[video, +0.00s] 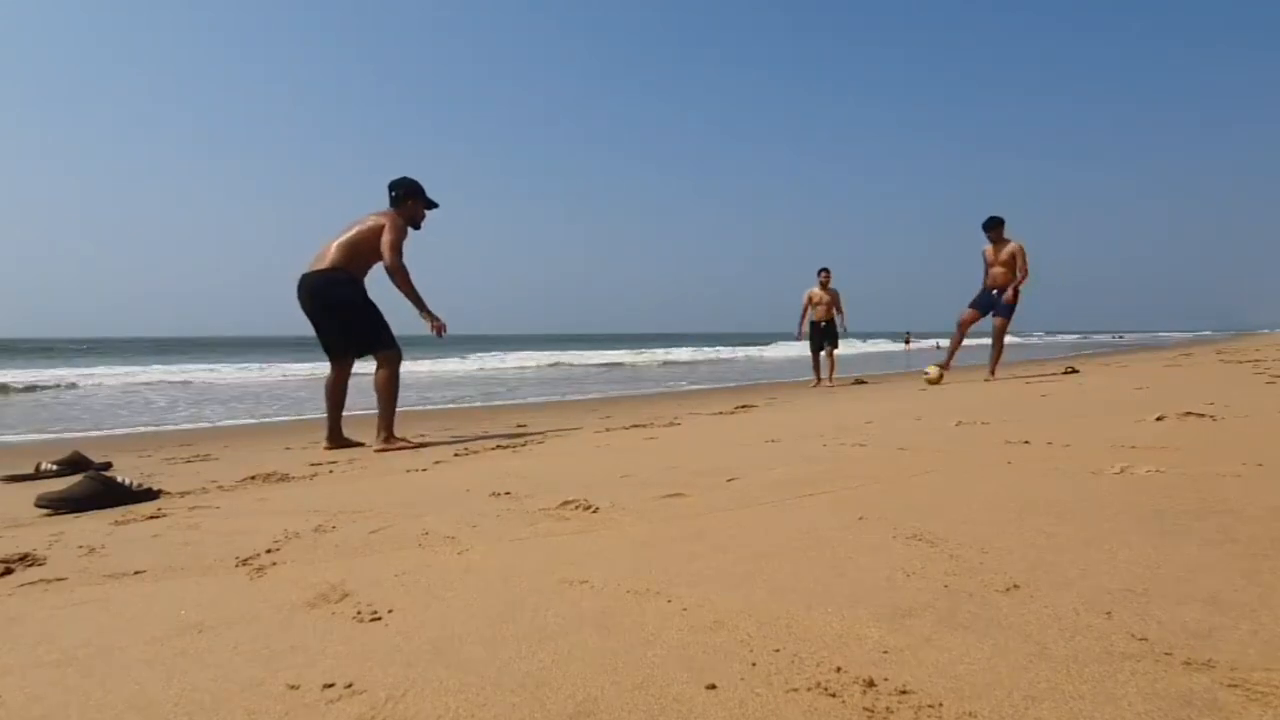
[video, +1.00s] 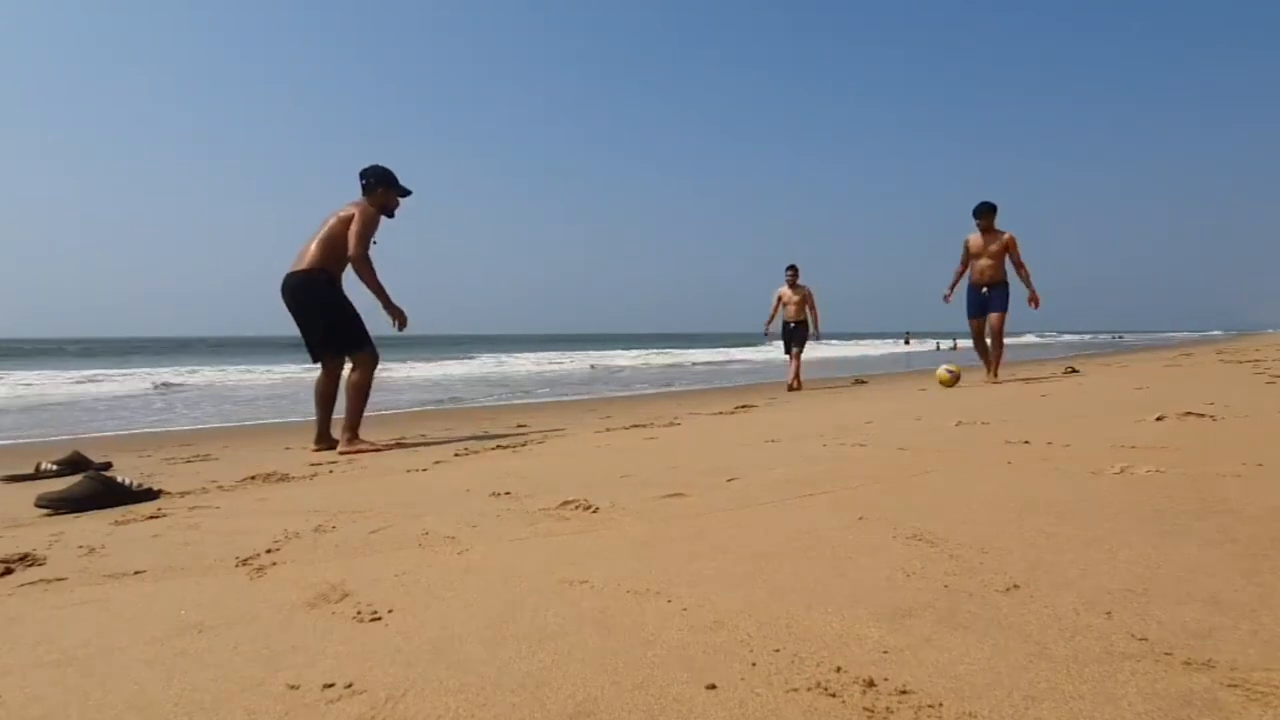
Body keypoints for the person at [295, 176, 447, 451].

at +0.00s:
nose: (424, 214)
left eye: (425, 208)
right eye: (422, 207)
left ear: (400, 203)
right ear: (407, 203)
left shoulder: (373, 221)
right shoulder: (393, 222)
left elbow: (348, 264)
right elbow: (393, 265)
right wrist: (426, 312)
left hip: (311, 284)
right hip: (339, 284)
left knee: (341, 362)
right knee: (389, 357)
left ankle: (334, 435)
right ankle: (385, 435)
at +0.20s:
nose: (417, 212)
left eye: (418, 206)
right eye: (414, 205)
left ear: (391, 201)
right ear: (399, 200)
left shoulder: (366, 220)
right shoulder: (386, 218)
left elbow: (357, 282)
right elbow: (381, 259)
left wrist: (389, 315)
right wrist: (412, 304)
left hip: (305, 284)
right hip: (331, 283)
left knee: (338, 362)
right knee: (377, 356)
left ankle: (324, 436)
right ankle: (384, 435)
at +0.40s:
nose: (403, 213)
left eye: (404, 207)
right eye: (400, 205)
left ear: (379, 202)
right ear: (384, 201)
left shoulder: (354, 222)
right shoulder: (371, 220)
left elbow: (347, 279)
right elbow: (360, 261)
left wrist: (379, 311)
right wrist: (389, 305)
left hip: (297, 286)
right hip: (317, 285)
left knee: (337, 363)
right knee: (360, 358)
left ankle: (324, 436)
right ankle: (381, 435)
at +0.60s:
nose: (397, 210)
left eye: (398, 204)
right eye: (394, 203)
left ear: (372, 200)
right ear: (378, 199)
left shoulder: (349, 218)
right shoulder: (366, 218)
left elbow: (336, 275)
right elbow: (352, 262)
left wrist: (354, 314)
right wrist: (381, 309)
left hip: (292, 283)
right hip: (313, 282)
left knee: (331, 360)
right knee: (355, 354)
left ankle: (322, 435)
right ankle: (362, 435)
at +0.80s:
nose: (394, 208)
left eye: (395, 202)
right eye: (391, 201)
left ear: (370, 197)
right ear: (376, 196)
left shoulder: (347, 215)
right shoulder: (363, 215)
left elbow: (325, 264)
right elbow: (352, 258)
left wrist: (331, 302)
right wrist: (385, 303)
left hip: (291, 282)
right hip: (312, 283)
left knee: (331, 361)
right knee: (357, 355)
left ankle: (323, 436)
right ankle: (350, 436)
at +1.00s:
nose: (397, 203)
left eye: (398, 197)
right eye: (394, 195)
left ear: (372, 192)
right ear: (378, 191)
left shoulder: (348, 212)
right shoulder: (366, 211)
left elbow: (328, 264)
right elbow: (357, 256)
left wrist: (336, 303)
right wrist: (389, 305)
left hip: (294, 283)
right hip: (317, 283)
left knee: (332, 361)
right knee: (365, 358)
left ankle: (323, 436)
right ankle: (350, 437)